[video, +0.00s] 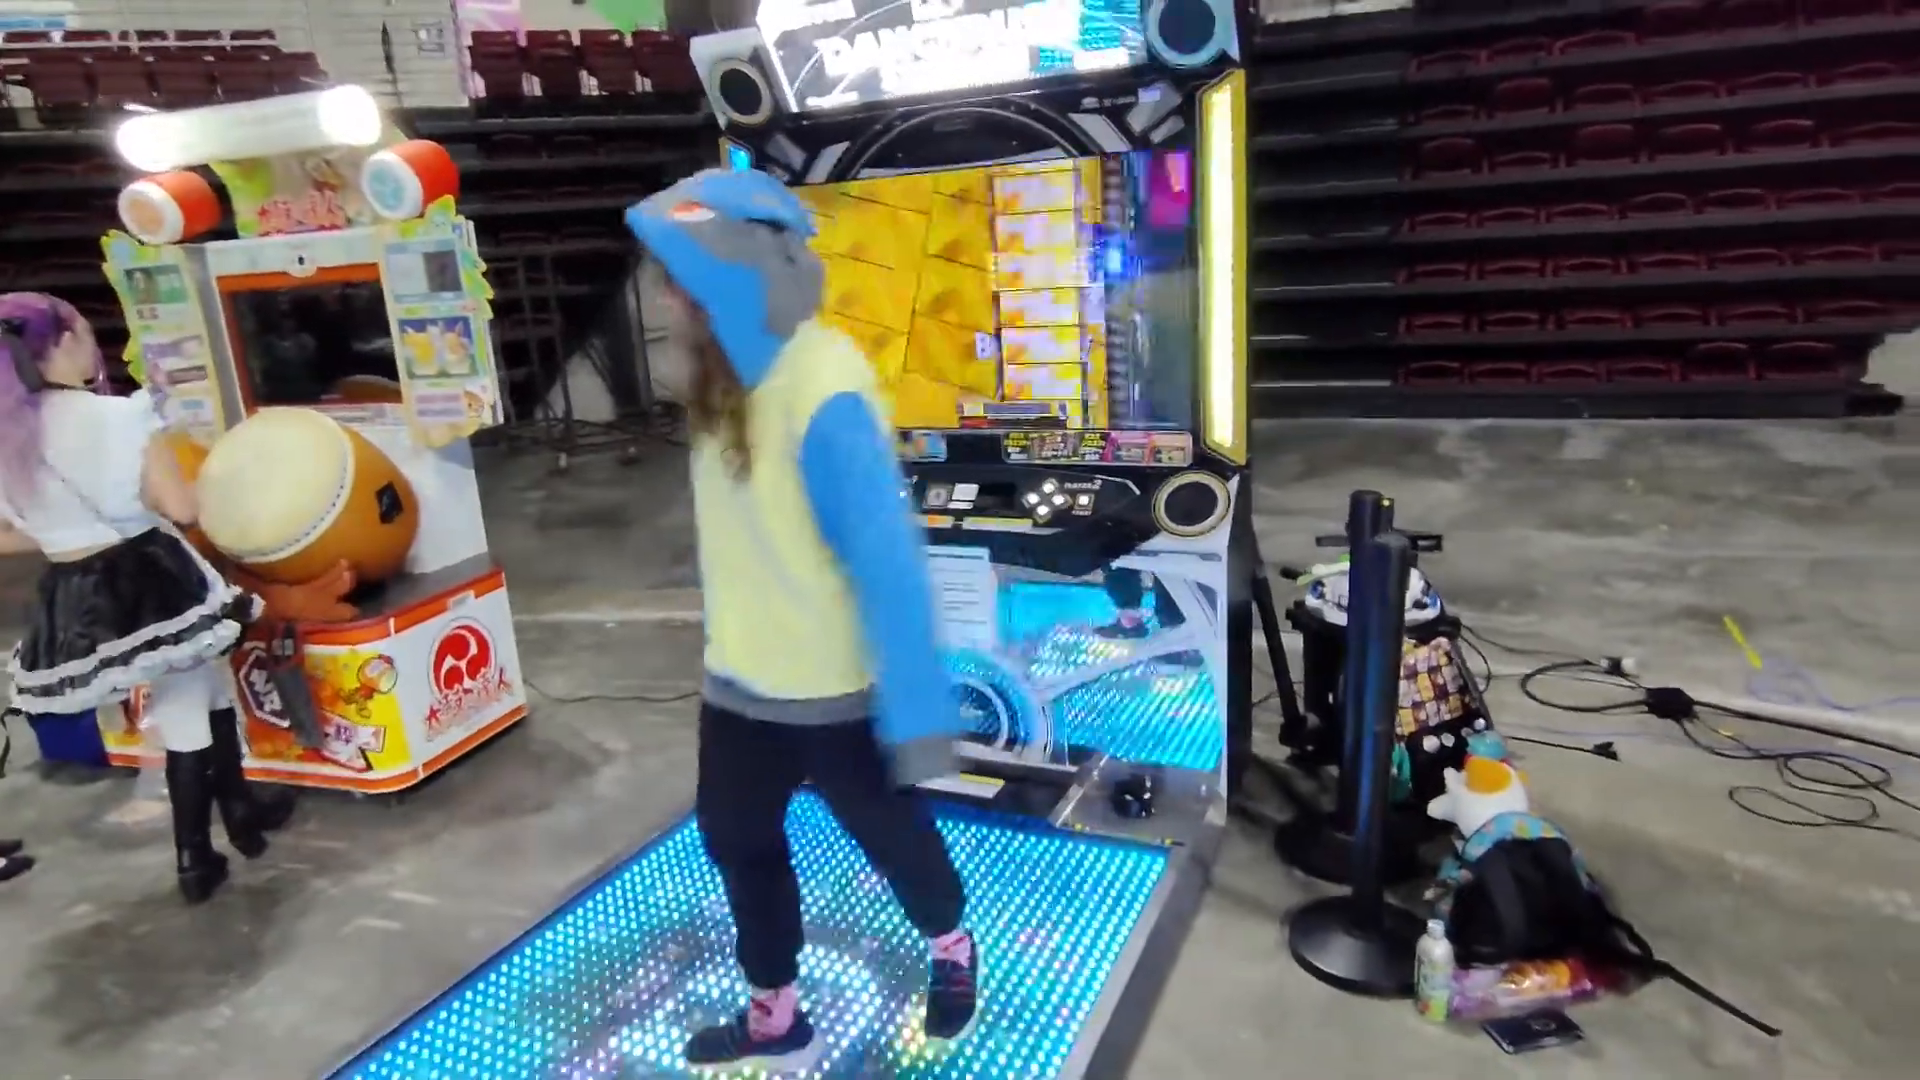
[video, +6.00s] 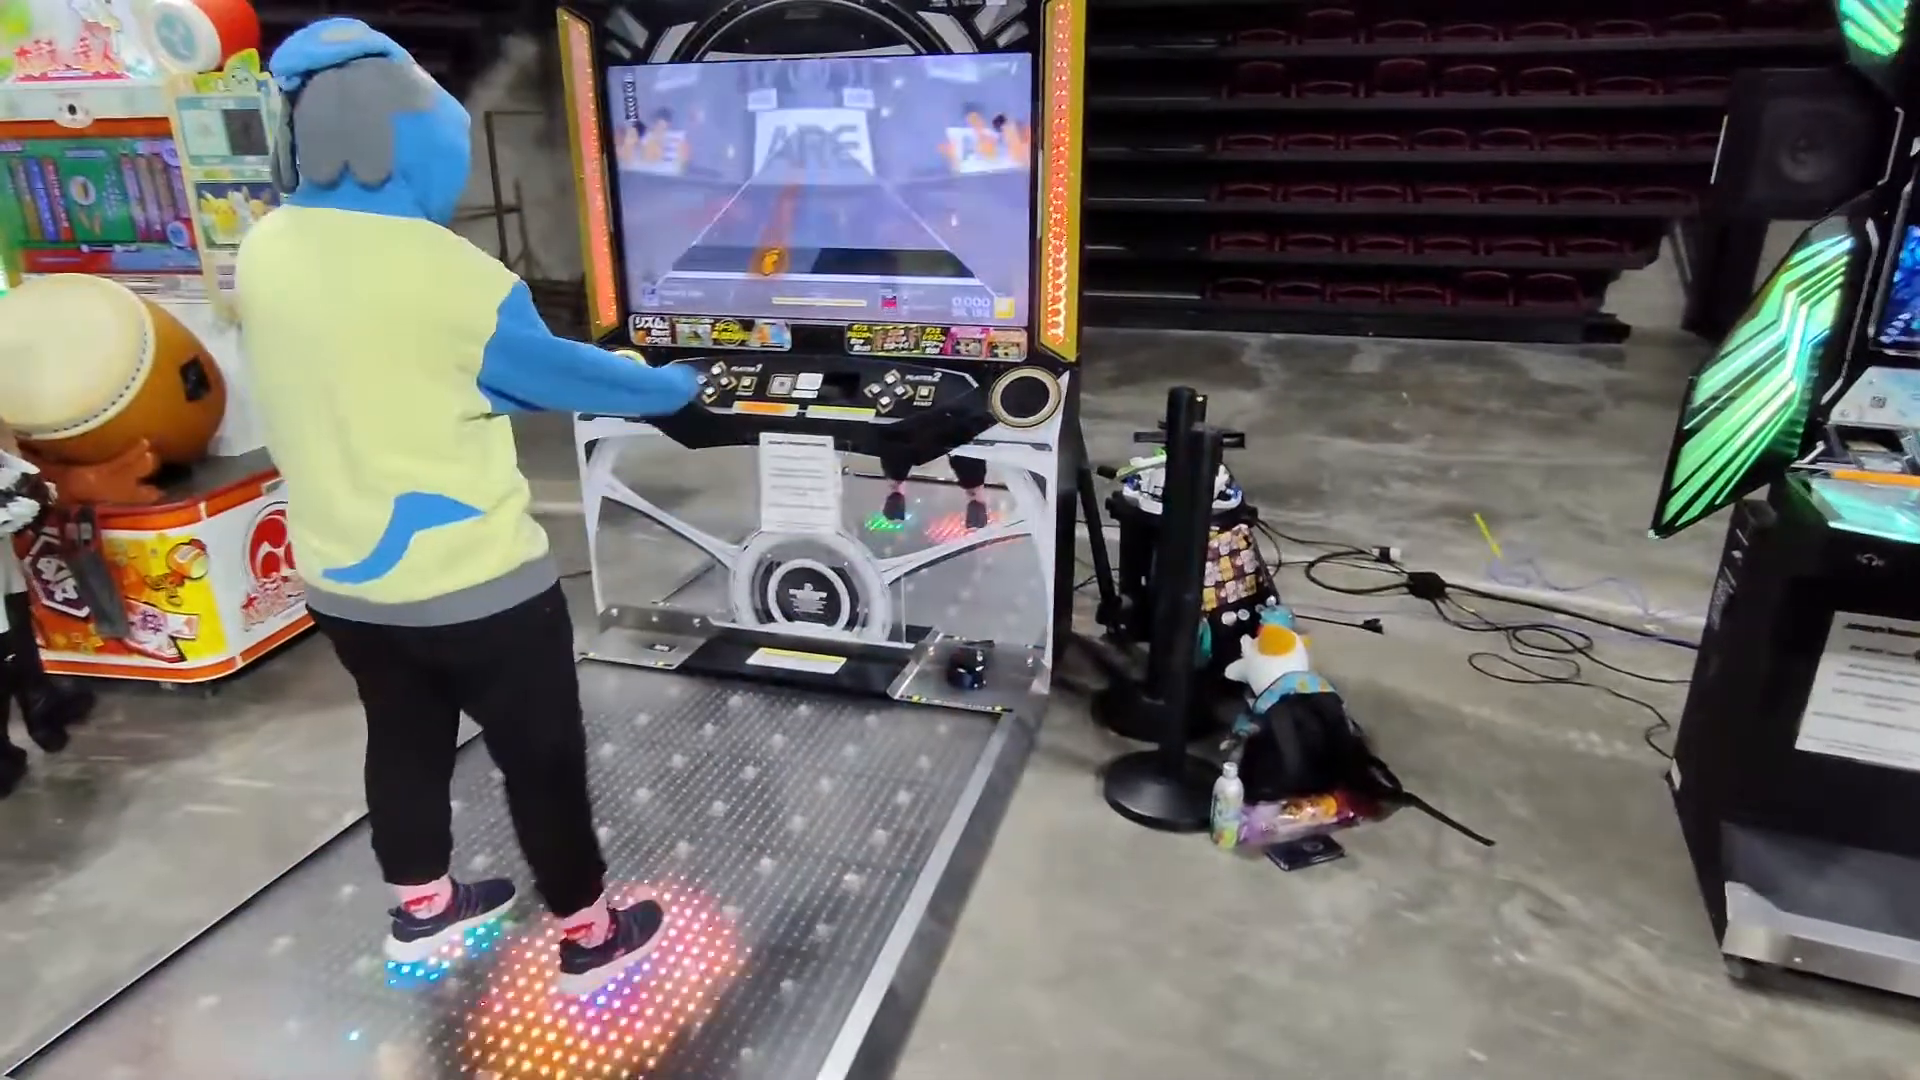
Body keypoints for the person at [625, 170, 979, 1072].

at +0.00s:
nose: (672, 306)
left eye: (686, 286)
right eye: (668, 286)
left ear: (750, 286)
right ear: (731, 289)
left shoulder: (825, 392)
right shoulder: (726, 380)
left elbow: (888, 560)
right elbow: (745, 538)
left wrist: (920, 717)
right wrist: (740, 662)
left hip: (834, 696)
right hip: (739, 689)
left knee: (889, 831)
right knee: (739, 840)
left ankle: (950, 943)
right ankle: (773, 1008)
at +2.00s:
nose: (600, 141)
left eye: (594, 123)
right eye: (588, 124)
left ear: (466, 147)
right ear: (561, 145)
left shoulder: (428, 248)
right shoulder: (624, 247)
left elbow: (449, 179)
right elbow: (733, 217)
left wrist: (475, 75)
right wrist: (644, 90)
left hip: (516, 557)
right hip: (646, 554)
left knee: (538, 724)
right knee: (643, 732)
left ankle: (531, 885)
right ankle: (650, 894)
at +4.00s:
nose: (554, 132)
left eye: (548, 113)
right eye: (539, 114)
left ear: (442, 129)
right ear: (500, 123)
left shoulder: (398, 239)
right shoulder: (546, 243)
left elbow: (387, 399)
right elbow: (625, 401)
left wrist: (398, 526)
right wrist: (681, 536)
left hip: (455, 555)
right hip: (567, 557)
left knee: (497, 693)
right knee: (596, 727)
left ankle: (466, 856)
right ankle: (603, 904)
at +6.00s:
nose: (455, 152)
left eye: (447, 131)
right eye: (442, 132)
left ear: (310, 147)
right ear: (407, 142)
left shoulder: (263, 253)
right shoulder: (452, 277)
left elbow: (364, 351)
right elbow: (567, 372)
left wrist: (494, 377)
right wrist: (672, 391)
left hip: (344, 591)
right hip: (480, 588)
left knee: (405, 731)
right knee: (542, 755)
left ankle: (420, 903)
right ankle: (585, 926)